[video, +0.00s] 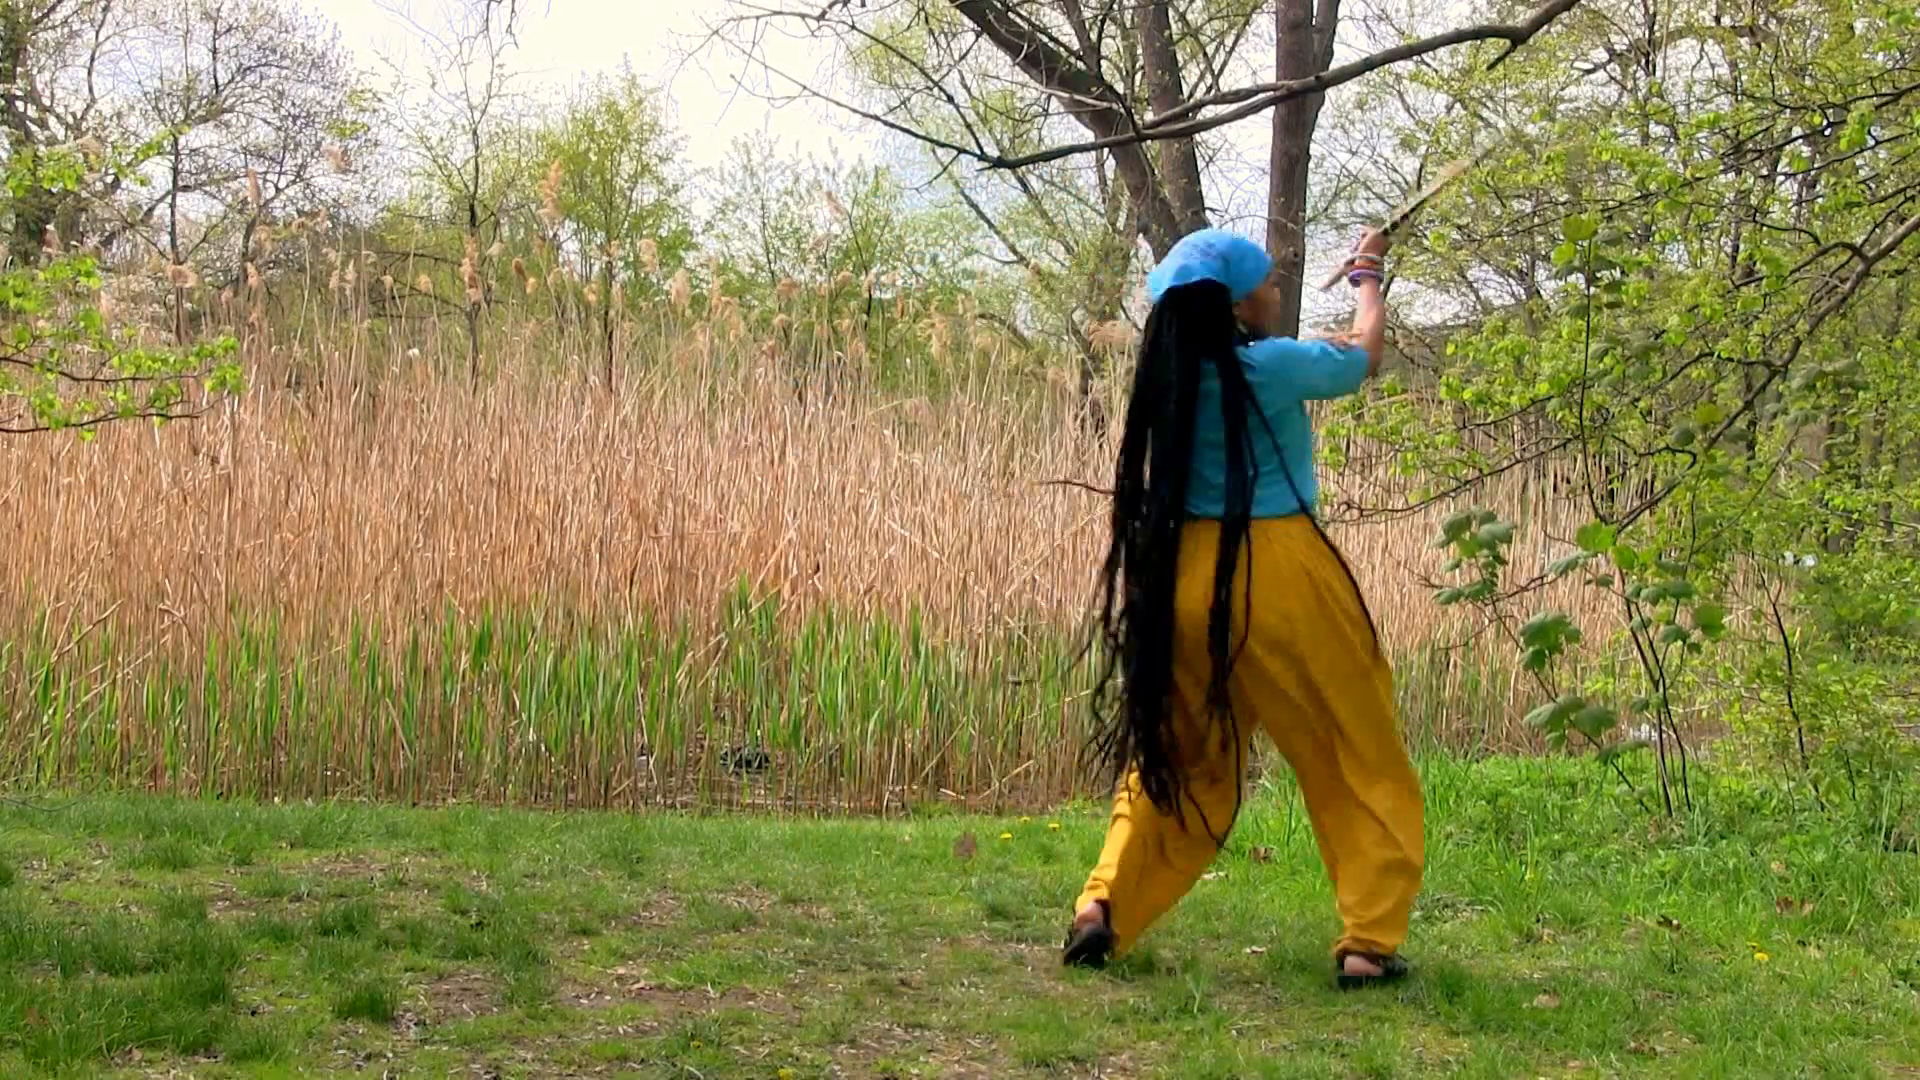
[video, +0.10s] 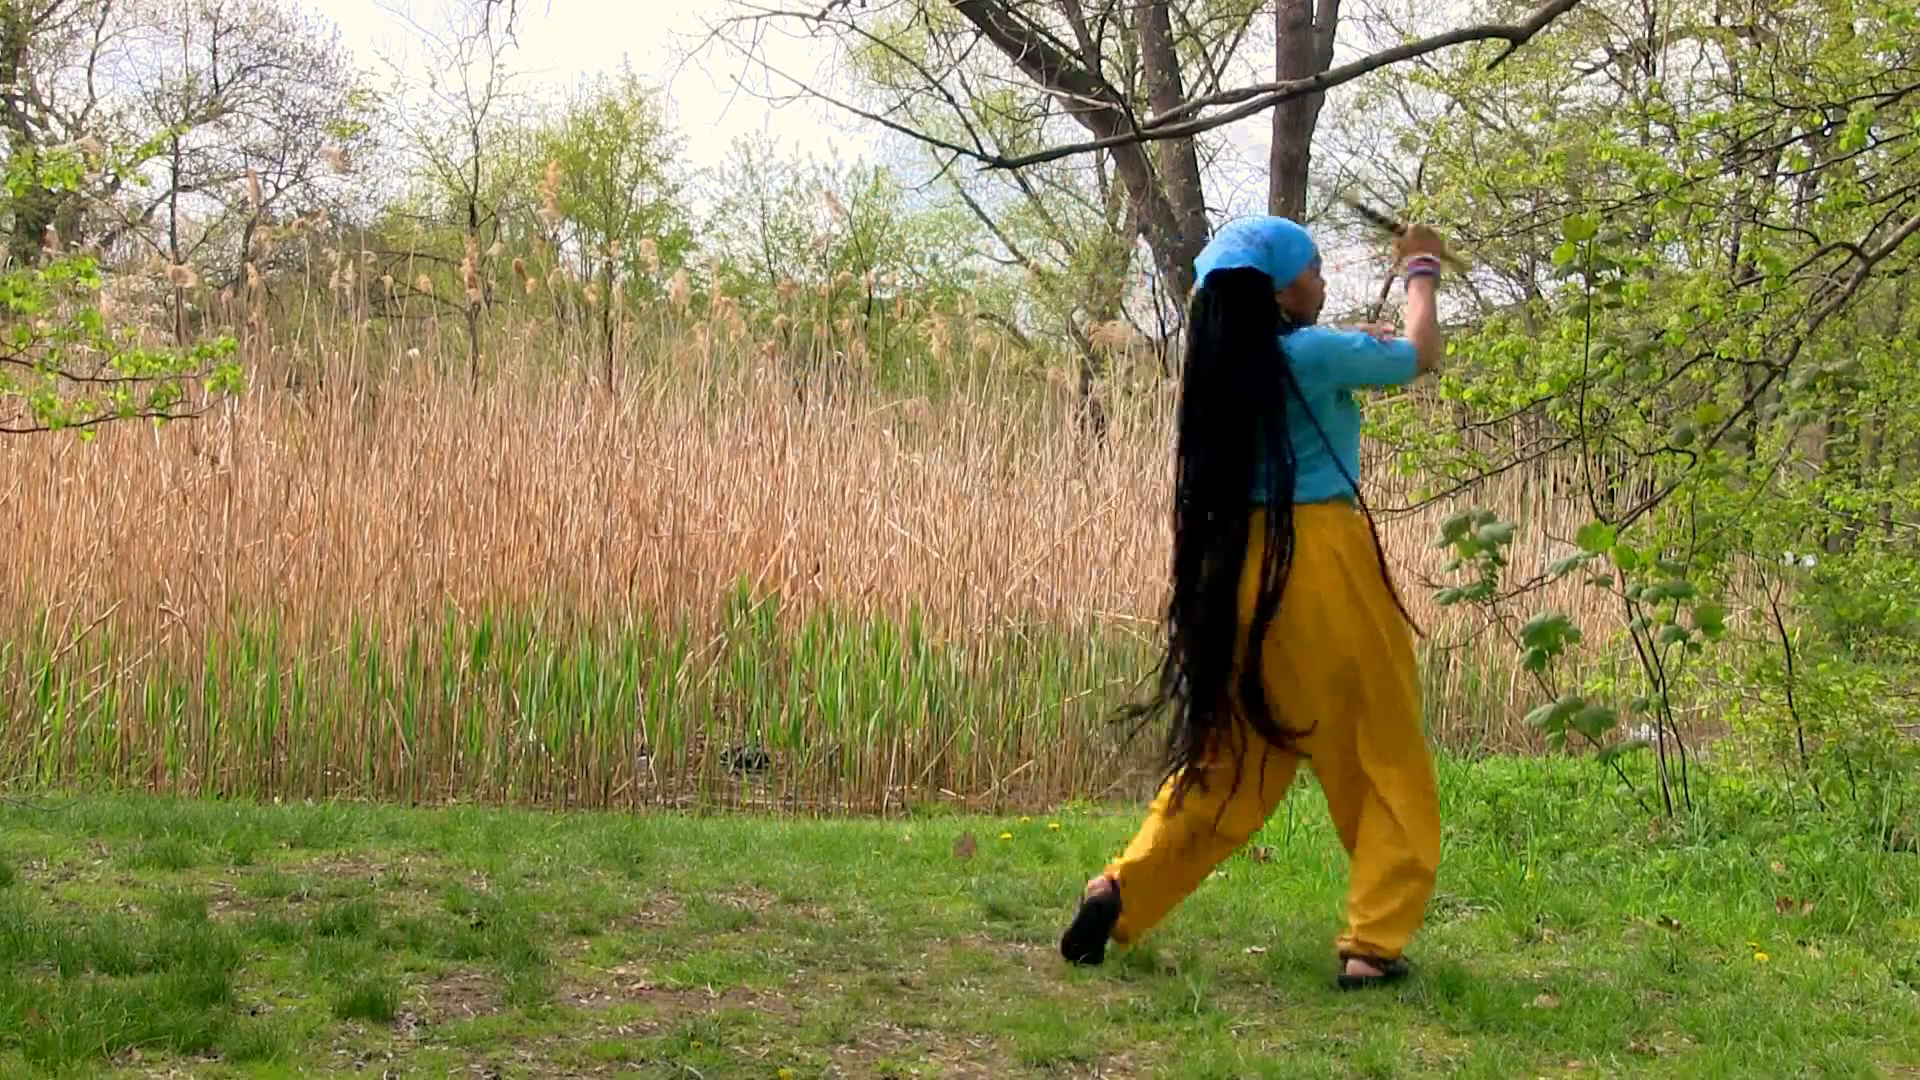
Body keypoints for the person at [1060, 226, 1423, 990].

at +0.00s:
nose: (1276, 289)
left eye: (1271, 278)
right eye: (1266, 279)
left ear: (1190, 304)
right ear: (1236, 301)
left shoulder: (1168, 371)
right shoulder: (1276, 362)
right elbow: (1361, 355)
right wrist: (1370, 278)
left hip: (1182, 567)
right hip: (1280, 568)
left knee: (1172, 750)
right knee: (1354, 749)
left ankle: (1101, 901)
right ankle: (1367, 941)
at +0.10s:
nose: (1322, 282)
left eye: (1318, 268)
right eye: (1312, 271)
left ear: (1240, 293)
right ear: (1276, 289)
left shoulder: (1220, 360)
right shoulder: (1313, 351)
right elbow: (1418, 353)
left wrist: (1396, 290)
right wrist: (1419, 276)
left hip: (1234, 557)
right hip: (1322, 557)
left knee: (1234, 749)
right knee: (1384, 750)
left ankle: (1122, 885)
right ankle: (1371, 945)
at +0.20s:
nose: (1361, 270)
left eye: (1356, 257)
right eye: (1351, 260)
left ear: (1295, 286)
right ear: (1317, 281)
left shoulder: (1281, 353)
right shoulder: (1337, 351)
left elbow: (1372, 416)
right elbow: (1453, 393)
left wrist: (1391, 345)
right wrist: (1498, 333)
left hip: (1291, 543)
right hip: (1353, 542)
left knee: (1321, 743)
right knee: (1405, 738)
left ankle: (1178, 829)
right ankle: (1375, 945)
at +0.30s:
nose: (1398, 270)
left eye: (1394, 258)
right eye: (1387, 260)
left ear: (1337, 280)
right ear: (1353, 278)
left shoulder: (1312, 342)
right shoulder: (1362, 355)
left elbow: (1440, 318)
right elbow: (1427, 475)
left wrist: (1471, 292)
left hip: (1312, 541)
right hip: (1363, 543)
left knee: (1419, 709)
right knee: (1420, 728)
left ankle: (1292, 794)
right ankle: (1377, 945)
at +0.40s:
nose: (1440, 269)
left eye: (1434, 256)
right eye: (1426, 259)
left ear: (1394, 279)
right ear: (1389, 281)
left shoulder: (1406, 323)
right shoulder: (1352, 365)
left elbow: (1516, 282)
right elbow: (1348, 491)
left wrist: (1634, 234)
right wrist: (1428, 572)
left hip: (1410, 542)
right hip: (1364, 554)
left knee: (1495, 669)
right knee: (1422, 723)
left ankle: (1417, 844)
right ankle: (1372, 939)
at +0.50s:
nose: (1473, 272)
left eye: (1467, 259)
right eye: (1459, 262)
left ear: (1434, 276)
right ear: (1417, 279)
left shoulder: (1454, 323)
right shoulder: (1352, 351)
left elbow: (1567, 302)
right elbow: (1295, 462)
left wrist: (1679, 276)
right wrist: (1320, 556)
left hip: (1444, 545)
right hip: (1379, 545)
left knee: (1518, 685)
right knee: (1432, 734)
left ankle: (1494, 870)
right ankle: (1363, 936)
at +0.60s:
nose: (1497, 289)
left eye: (1493, 276)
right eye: (1484, 279)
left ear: (1457, 288)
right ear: (1440, 293)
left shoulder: (1489, 343)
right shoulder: (1365, 351)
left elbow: (1585, 371)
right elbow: (1292, 445)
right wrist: (1291, 515)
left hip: (1462, 553)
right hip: (1394, 554)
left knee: (1523, 715)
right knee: (1457, 740)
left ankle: (1544, 890)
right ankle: (1353, 923)